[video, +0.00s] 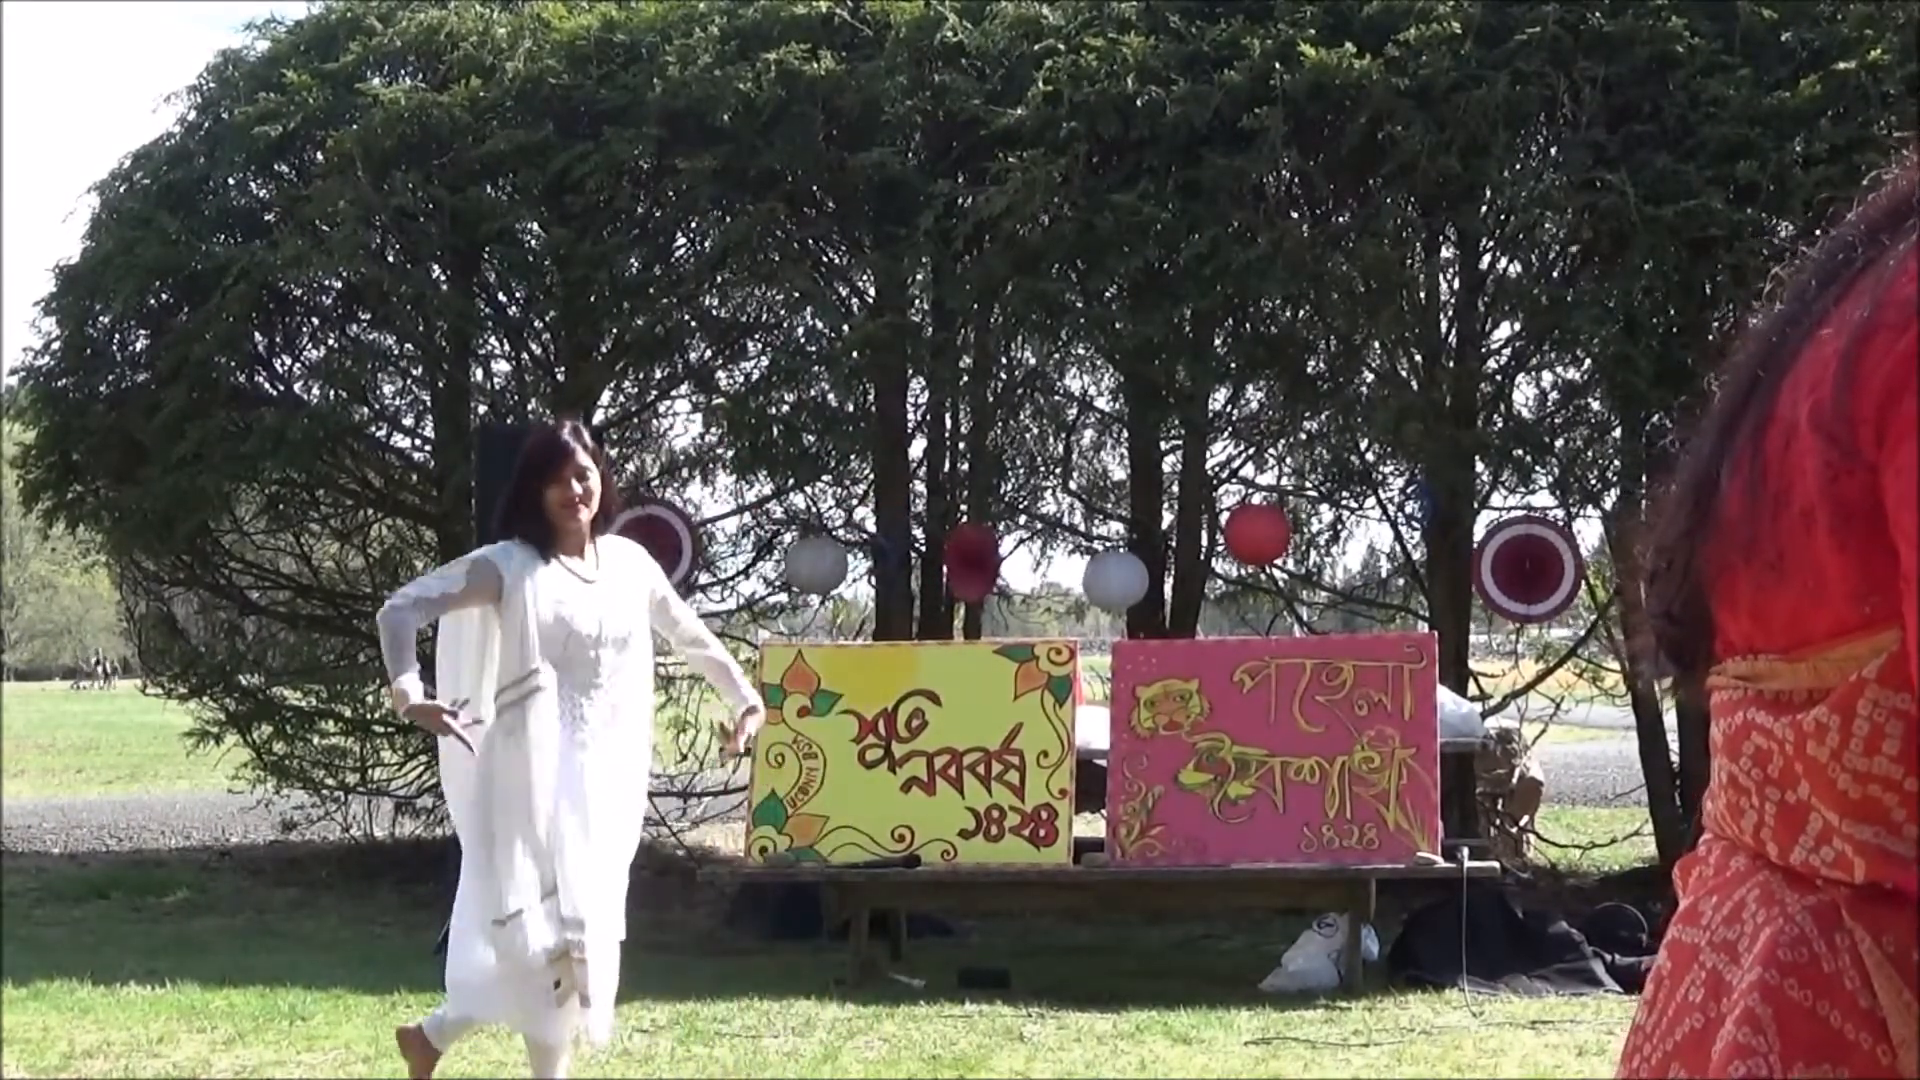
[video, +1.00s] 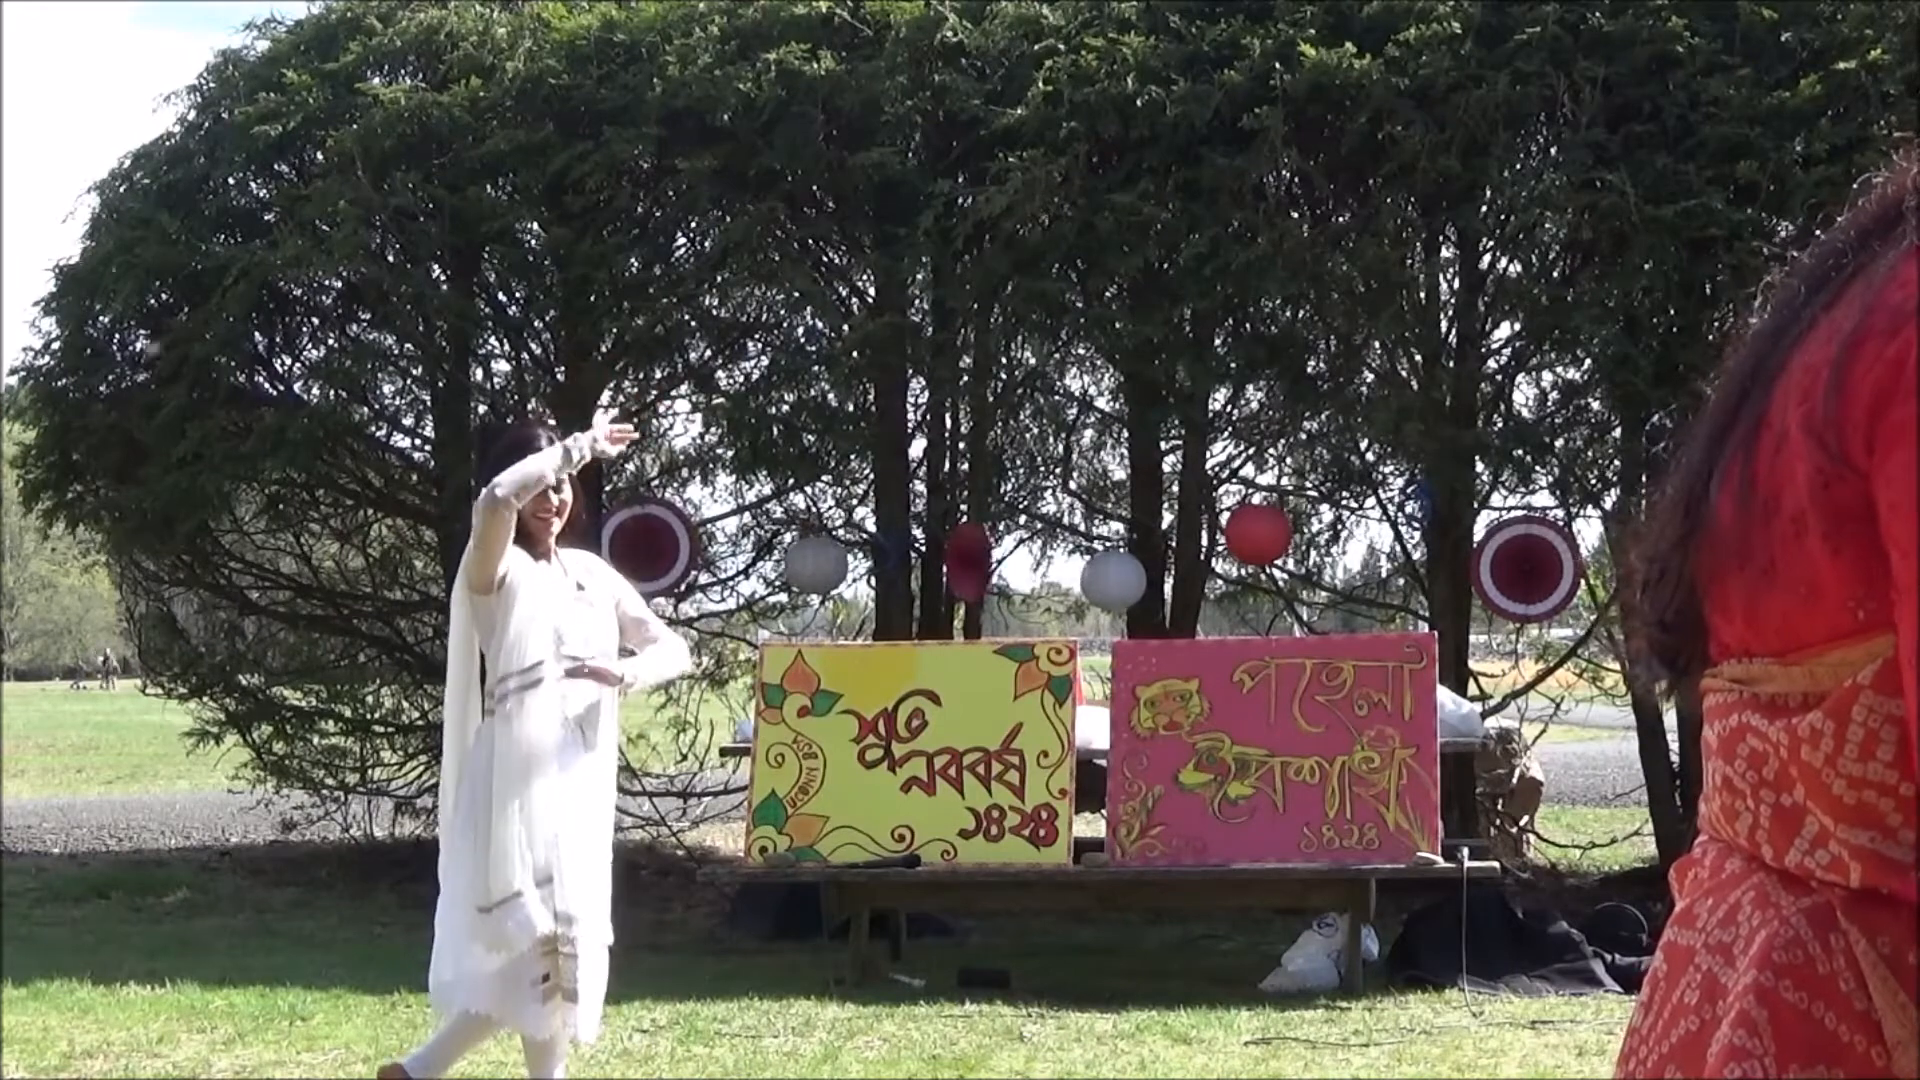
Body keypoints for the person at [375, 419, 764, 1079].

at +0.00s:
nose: (576, 489)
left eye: (585, 476)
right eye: (560, 479)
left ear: (602, 482)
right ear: (536, 491)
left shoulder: (631, 561)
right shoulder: (508, 565)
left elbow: (692, 638)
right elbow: (399, 610)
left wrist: (750, 699)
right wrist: (408, 695)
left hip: (608, 771)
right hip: (533, 768)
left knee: (575, 936)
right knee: (553, 937)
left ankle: (432, 1034)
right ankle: (549, 1071)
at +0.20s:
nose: (578, 477)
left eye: (587, 464)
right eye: (563, 466)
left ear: (603, 472)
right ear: (539, 479)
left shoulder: (631, 550)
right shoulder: (511, 546)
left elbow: (712, 591)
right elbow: (410, 546)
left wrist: (774, 651)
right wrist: (364, 613)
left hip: (595, 769)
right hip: (524, 765)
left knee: (549, 931)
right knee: (551, 932)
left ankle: (438, 1057)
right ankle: (545, 1072)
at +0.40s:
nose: (571, 476)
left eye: (580, 463)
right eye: (556, 464)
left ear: (596, 472)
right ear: (531, 475)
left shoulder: (614, 550)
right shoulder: (513, 540)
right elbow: (492, 526)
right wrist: (443, 511)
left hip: (587, 776)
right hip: (516, 773)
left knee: (565, 941)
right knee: (537, 939)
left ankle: (444, 1061)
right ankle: (546, 1072)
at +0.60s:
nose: (566, 487)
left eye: (575, 473)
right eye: (551, 473)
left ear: (583, 486)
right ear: (516, 485)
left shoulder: (600, 559)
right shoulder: (499, 559)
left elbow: (696, 610)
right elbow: (514, 492)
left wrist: (752, 675)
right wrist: (580, 444)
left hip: (581, 787)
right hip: (509, 785)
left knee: (559, 952)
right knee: (541, 953)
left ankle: (434, 1061)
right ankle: (547, 1074)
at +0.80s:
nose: (560, 490)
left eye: (570, 477)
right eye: (546, 476)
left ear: (583, 490)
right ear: (509, 485)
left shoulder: (595, 565)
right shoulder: (495, 564)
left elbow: (685, 627)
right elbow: (527, 477)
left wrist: (672, 672)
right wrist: (627, 424)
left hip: (576, 785)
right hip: (507, 783)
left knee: (549, 950)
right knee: (545, 952)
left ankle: (425, 1066)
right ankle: (548, 1074)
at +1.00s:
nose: (550, 499)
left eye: (560, 486)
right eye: (536, 488)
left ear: (575, 495)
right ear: (509, 498)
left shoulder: (591, 572)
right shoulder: (493, 573)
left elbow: (673, 649)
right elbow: (498, 496)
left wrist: (629, 672)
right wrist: (585, 443)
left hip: (582, 779)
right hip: (515, 776)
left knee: (549, 953)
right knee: (543, 946)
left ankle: (416, 1069)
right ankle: (548, 1070)